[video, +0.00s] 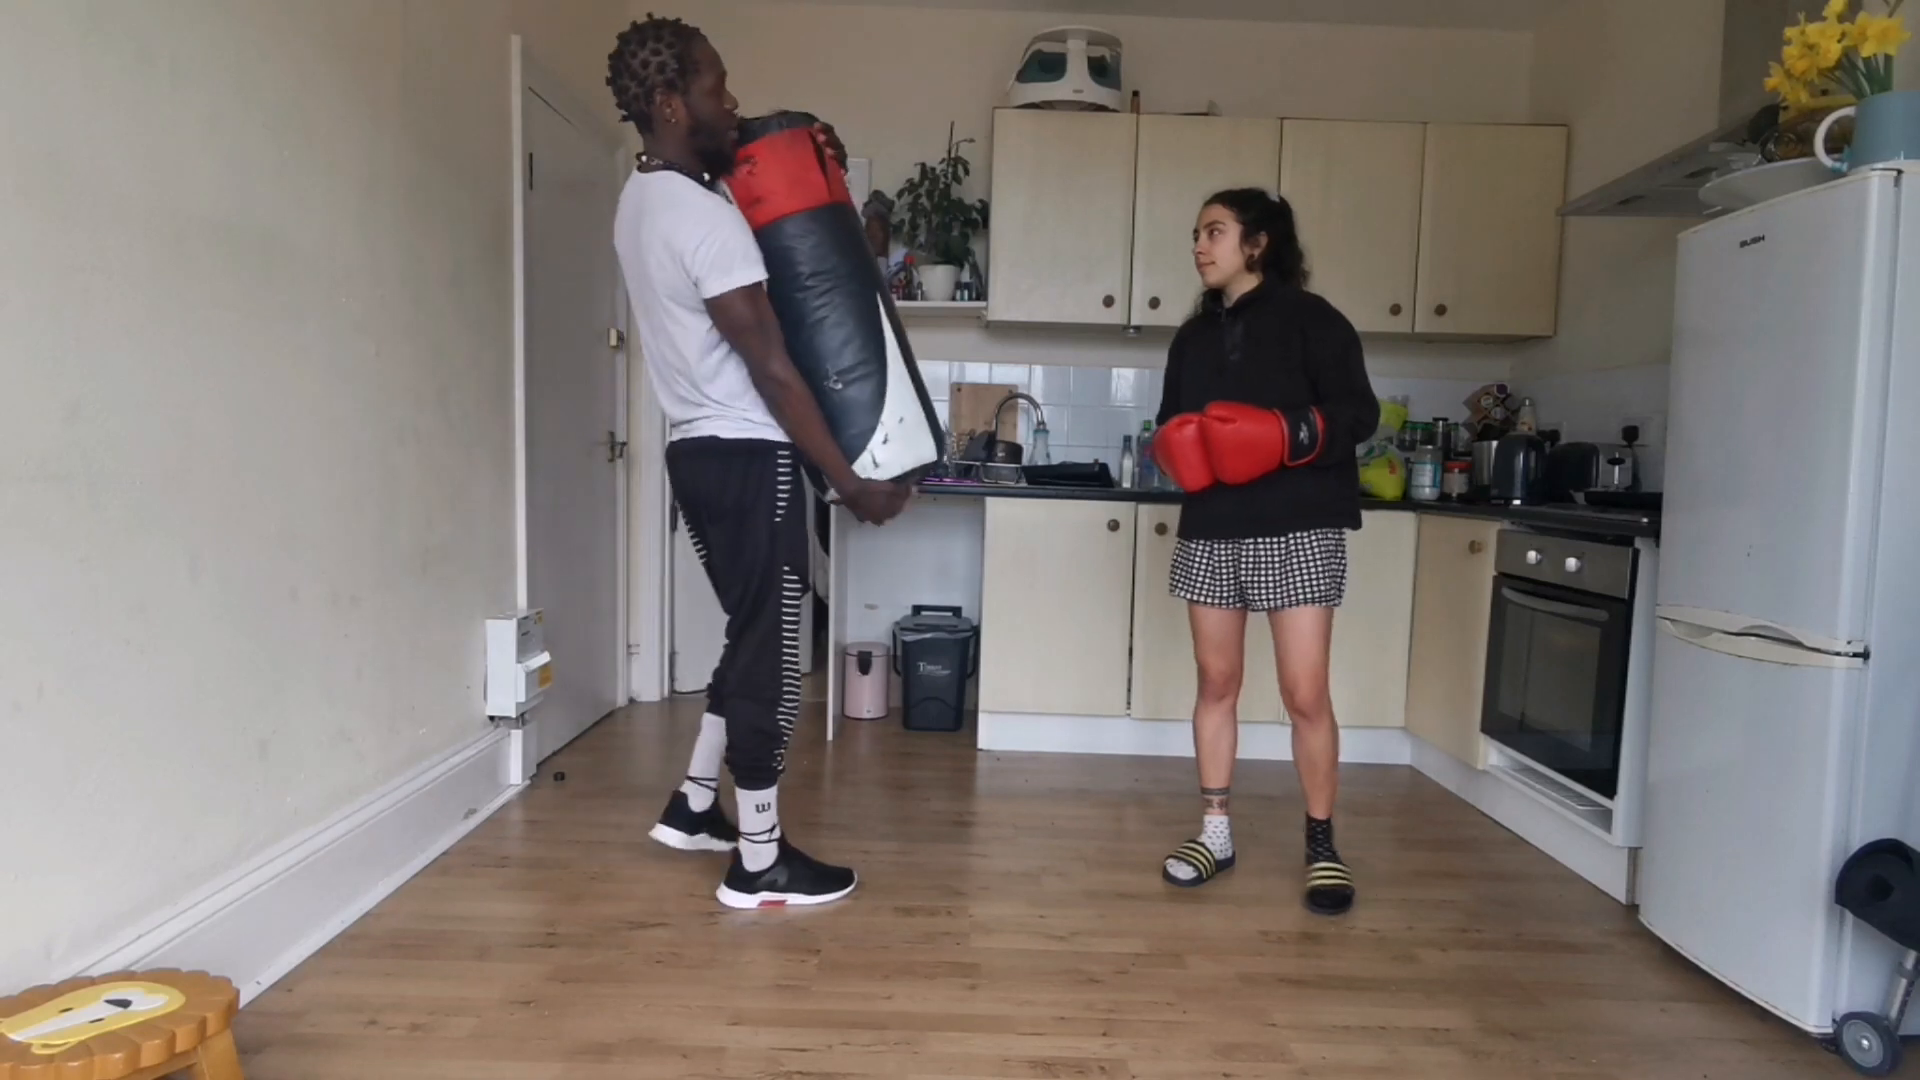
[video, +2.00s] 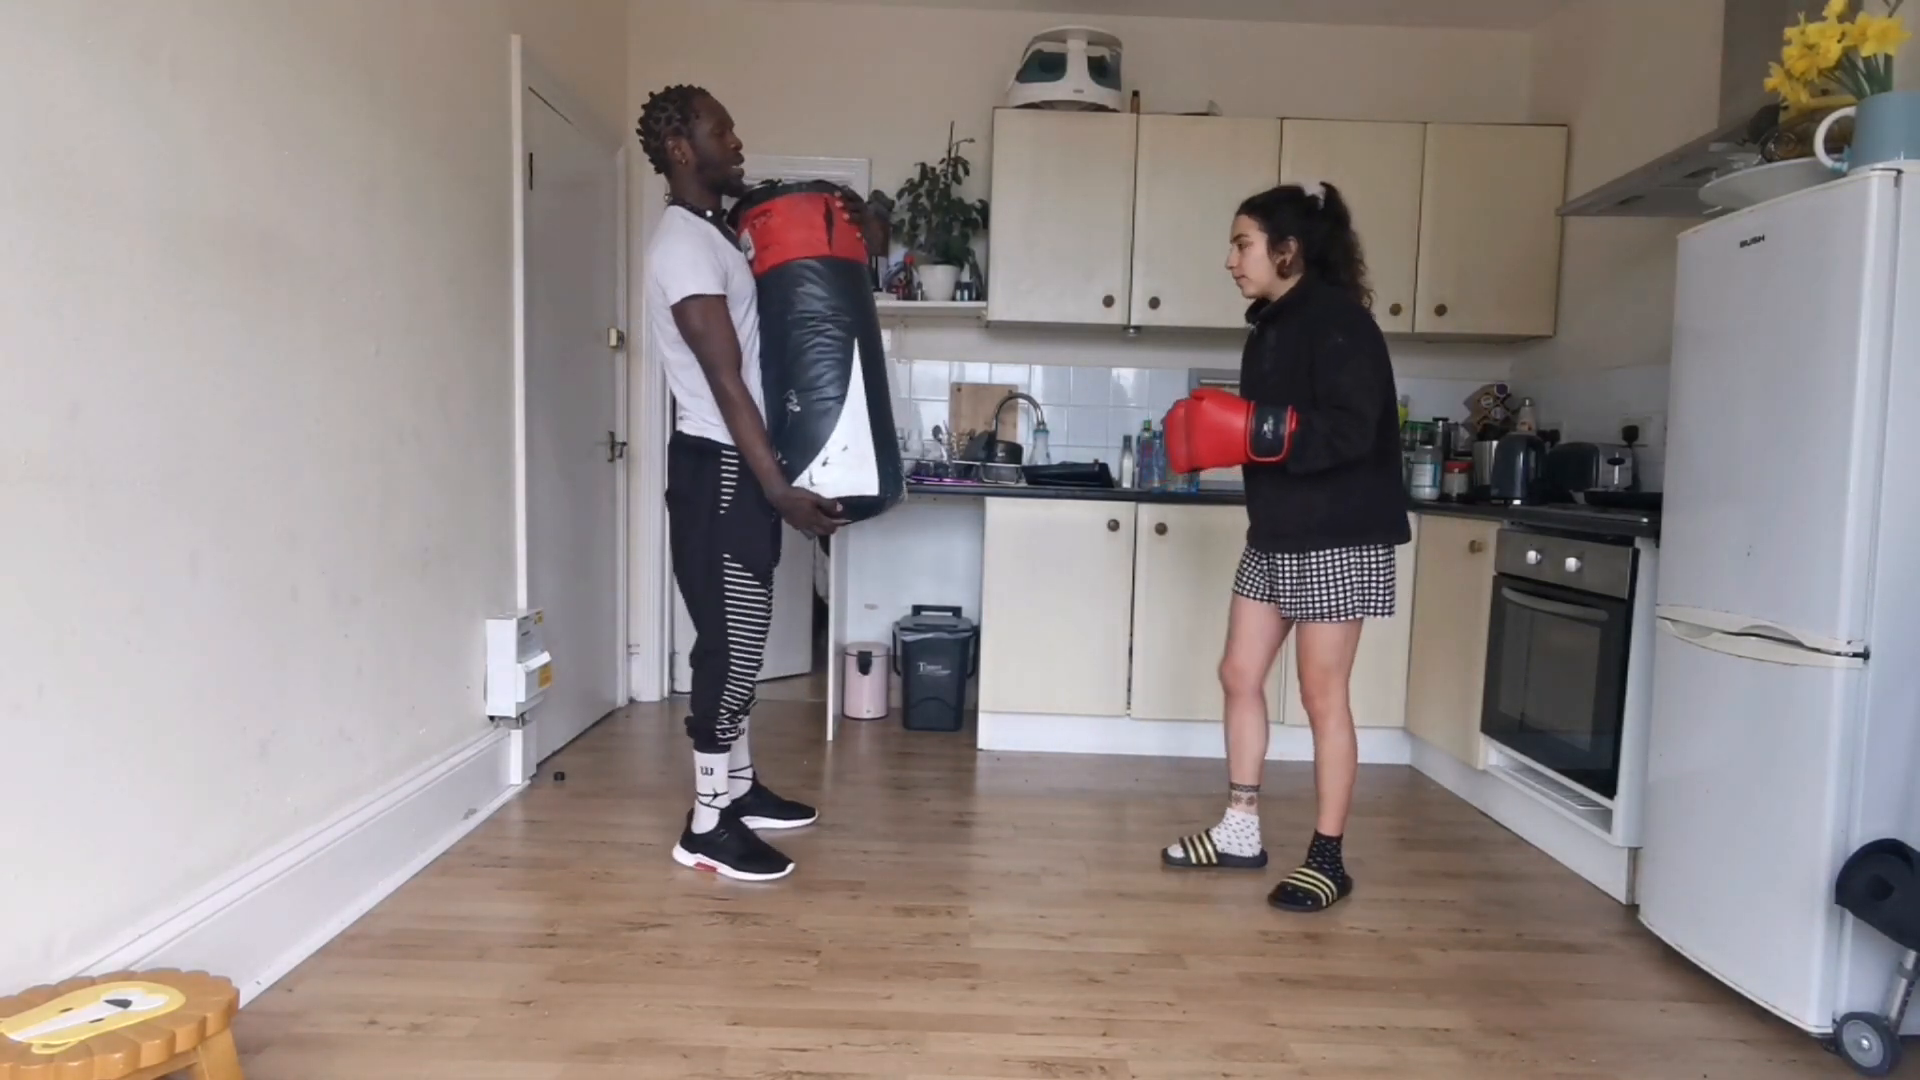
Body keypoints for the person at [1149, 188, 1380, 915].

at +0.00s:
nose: (1199, 245)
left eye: (1214, 233)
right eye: (1198, 234)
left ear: (1258, 243)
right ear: (1207, 248)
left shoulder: (1314, 320)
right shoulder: (1193, 336)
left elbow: (1361, 412)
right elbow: (1171, 433)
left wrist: (1292, 434)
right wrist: (1176, 449)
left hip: (1301, 525)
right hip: (1213, 525)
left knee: (1305, 697)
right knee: (1216, 681)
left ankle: (1321, 844)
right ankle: (1214, 831)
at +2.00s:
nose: (1232, 260)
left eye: (1243, 245)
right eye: (1232, 246)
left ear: (1289, 250)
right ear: (1279, 253)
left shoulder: (1339, 319)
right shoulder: (1267, 329)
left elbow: (1354, 434)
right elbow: (1275, 423)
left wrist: (1256, 429)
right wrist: (1218, 427)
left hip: (1342, 532)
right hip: (1277, 528)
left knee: (1324, 694)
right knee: (1240, 675)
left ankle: (1326, 857)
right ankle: (1240, 830)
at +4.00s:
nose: (1143, 270)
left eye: (1153, 258)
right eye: (1139, 259)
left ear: (1197, 259)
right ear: (1156, 265)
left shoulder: (1242, 320)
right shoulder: (1162, 326)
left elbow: (1191, 410)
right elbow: (1127, 422)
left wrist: (1159, 332)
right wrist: (1111, 342)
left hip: (1257, 518)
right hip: (1180, 520)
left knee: (1272, 686)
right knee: (1158, 668)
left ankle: (1304, 834)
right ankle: (1146, 810)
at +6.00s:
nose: (1159, 283)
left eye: (1170, 270)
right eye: (1155, 273)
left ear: (1212, 264)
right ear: (1164, 275)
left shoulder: (1264, 318)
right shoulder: (1177, 328)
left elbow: (1217, 401)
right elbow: (1131, 408)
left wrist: (1183, 328)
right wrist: (1124, 329)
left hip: (1279, 519)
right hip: (1201, 521)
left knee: (1300, 686)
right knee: (1165, 668)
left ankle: (1329, 828)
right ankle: (1146, 810)